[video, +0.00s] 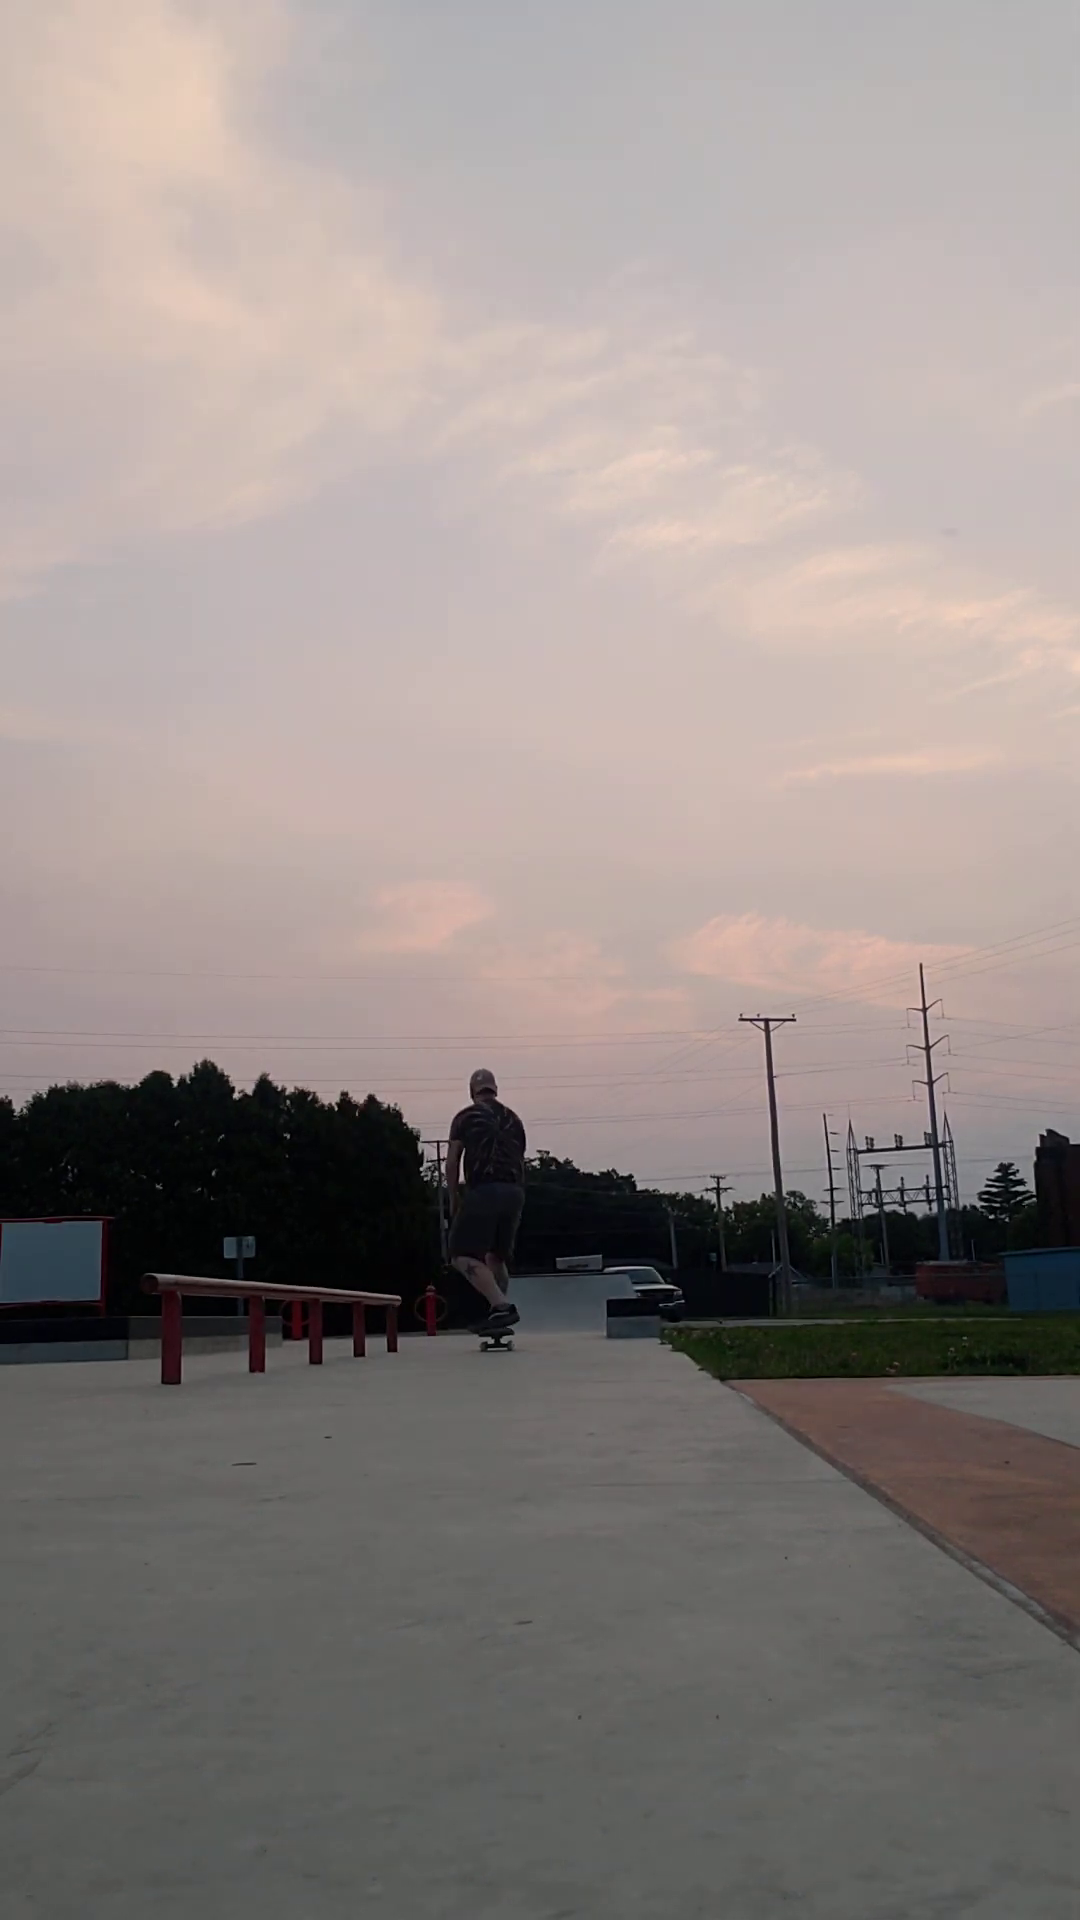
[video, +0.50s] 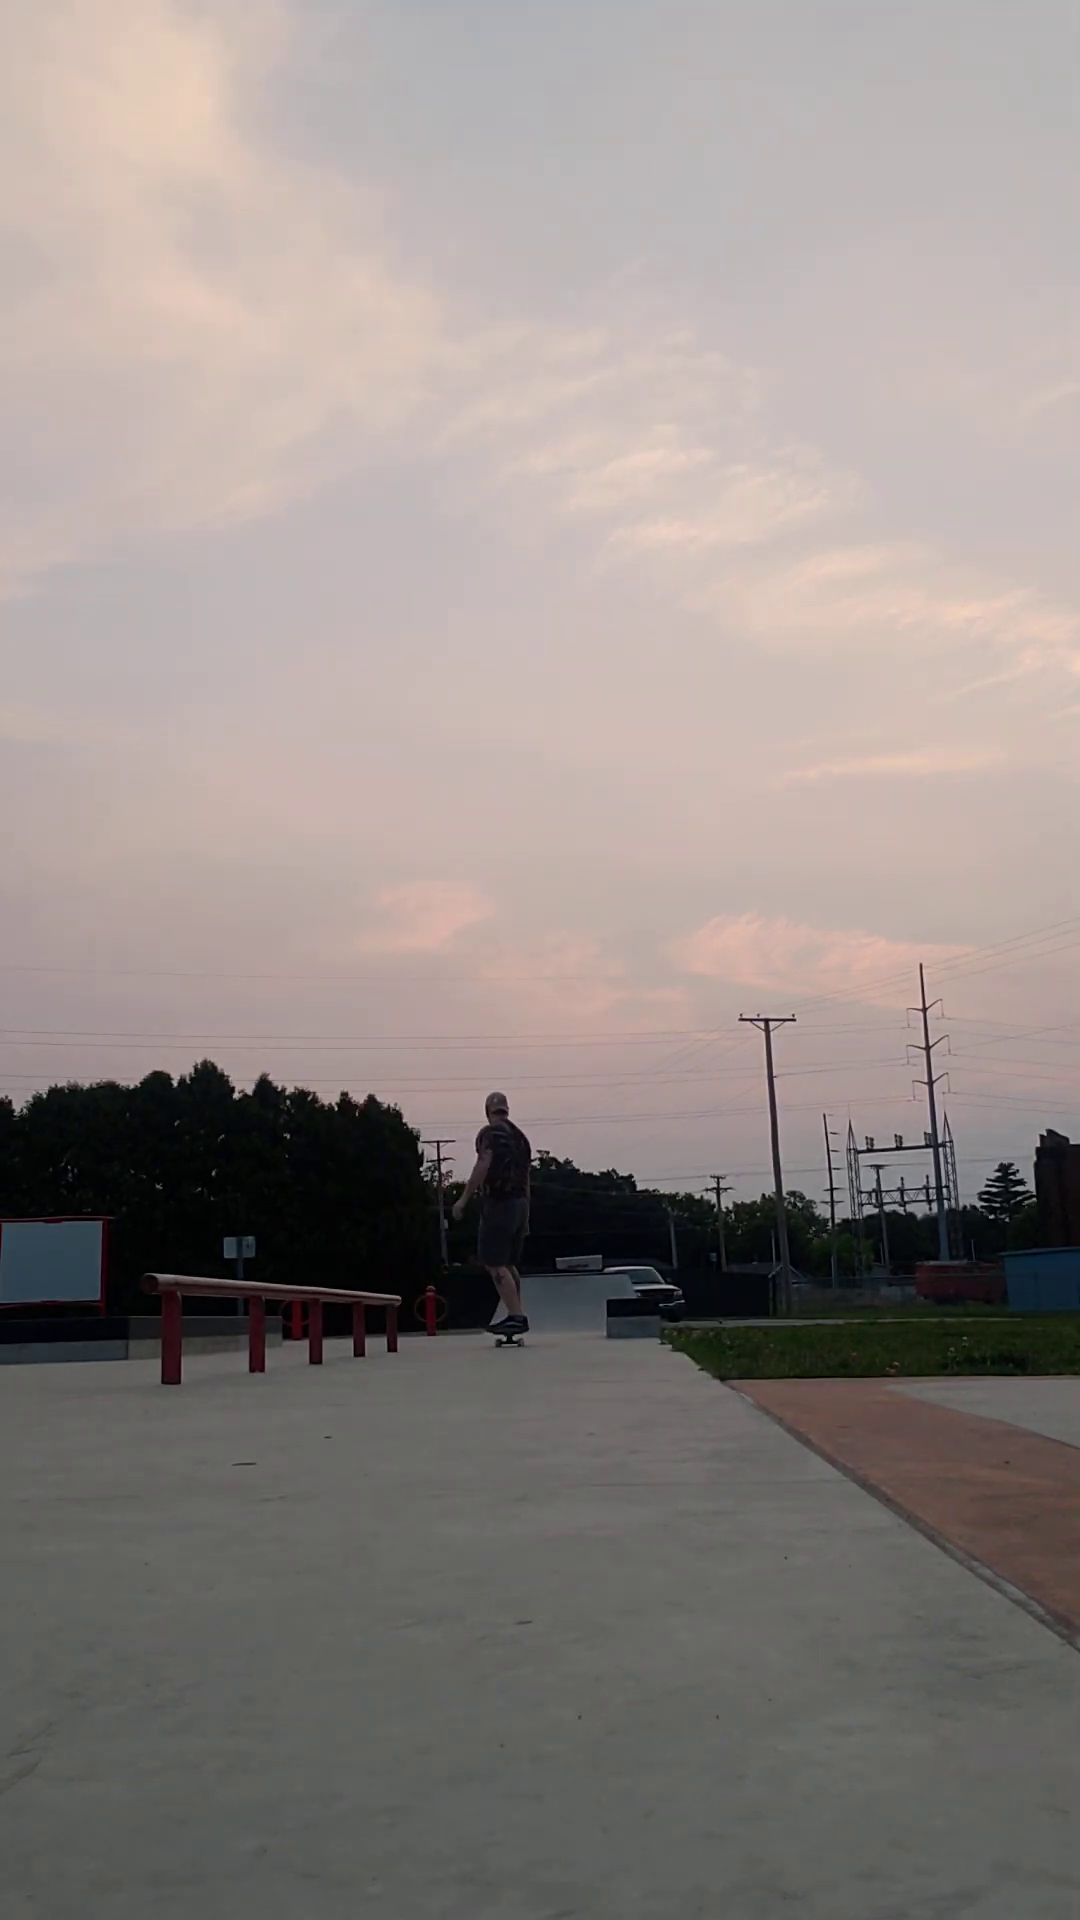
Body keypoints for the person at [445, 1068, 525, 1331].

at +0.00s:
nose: (479, 1094)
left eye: (474, 1090)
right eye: (485, 1091)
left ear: (472, 1090)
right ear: (496, 1090)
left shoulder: (465, 1117)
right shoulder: (514, 1119)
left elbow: (452, 1163)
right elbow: (519, 1163)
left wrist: (454, 1199)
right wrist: (515, 1193)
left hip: (481, 1193)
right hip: (513, 1194)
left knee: (461, 1255)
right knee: (497, 1257)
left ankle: (501, 1306)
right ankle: (497, 1321)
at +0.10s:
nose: (479, 1096)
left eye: (476, 1092)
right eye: (487, 1091)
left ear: (475, 1091)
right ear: (499, 1091)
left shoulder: (471, 1115)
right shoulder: (515, 1120)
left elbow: (453, 1153)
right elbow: (523, 1168)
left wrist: (445, 1187)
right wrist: (521, 1205)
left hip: (486, 1196)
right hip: (514, 1197)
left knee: (476, 1256)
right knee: (499, 1258)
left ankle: (508, 1315)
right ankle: (502, 1318)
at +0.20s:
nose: (484, 1100)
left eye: (480, 1095)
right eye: (492, 1094)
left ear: (479, 1094)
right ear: (501, 1094)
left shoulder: (477, 1116)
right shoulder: (518, 1123)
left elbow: (458, 1147)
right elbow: (526, 1170)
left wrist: (441, 1178)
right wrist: (527, 1207)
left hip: (491, 1194)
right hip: (516, 1197)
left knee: (482, 1257)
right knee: (499, 1258)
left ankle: (510, 1315)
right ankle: (504, 1316)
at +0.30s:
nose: (488, 1104)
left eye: (484, 1101)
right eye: (493, 1100)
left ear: (482, 1100)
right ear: (504, 1100)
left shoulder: (484, 1121)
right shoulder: (519, 1129)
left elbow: (469, 1147)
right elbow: (526, 1175)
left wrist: (443, 1176)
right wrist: (529, 1210)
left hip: (495, 1200)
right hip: (517, 1201)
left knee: (485, 1259)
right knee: (499, 1260)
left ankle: (512, 1316)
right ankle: (516, 1312)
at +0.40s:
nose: (490, 1110)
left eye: (487, 1106)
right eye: (496, 1106)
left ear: (485, 1107)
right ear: (506, 1106)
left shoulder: (488, 1127)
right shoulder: (520, 1134)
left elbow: (480, 1155)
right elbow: (526, 1180)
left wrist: (451, 1184)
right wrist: (528, 1214)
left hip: (497, 1204)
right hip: (518, 1205)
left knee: (488, 1260)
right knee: (504, 1262)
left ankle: (513, 1316)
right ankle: (517, 1313)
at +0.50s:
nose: (489, 1115)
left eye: (488, 1111)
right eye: (496, 1110)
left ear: (487, 1111)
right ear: (508, 1110)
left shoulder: (488, 1133)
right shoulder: (521, 1138)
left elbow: (483, 1165)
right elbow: (525, 1181)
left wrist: (464, 1199)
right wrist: (525, 1217)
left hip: (498, 1205)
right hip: (519, 1206)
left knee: (494, 1261)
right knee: (508, 1263)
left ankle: (516, 1316)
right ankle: (516, 1315)